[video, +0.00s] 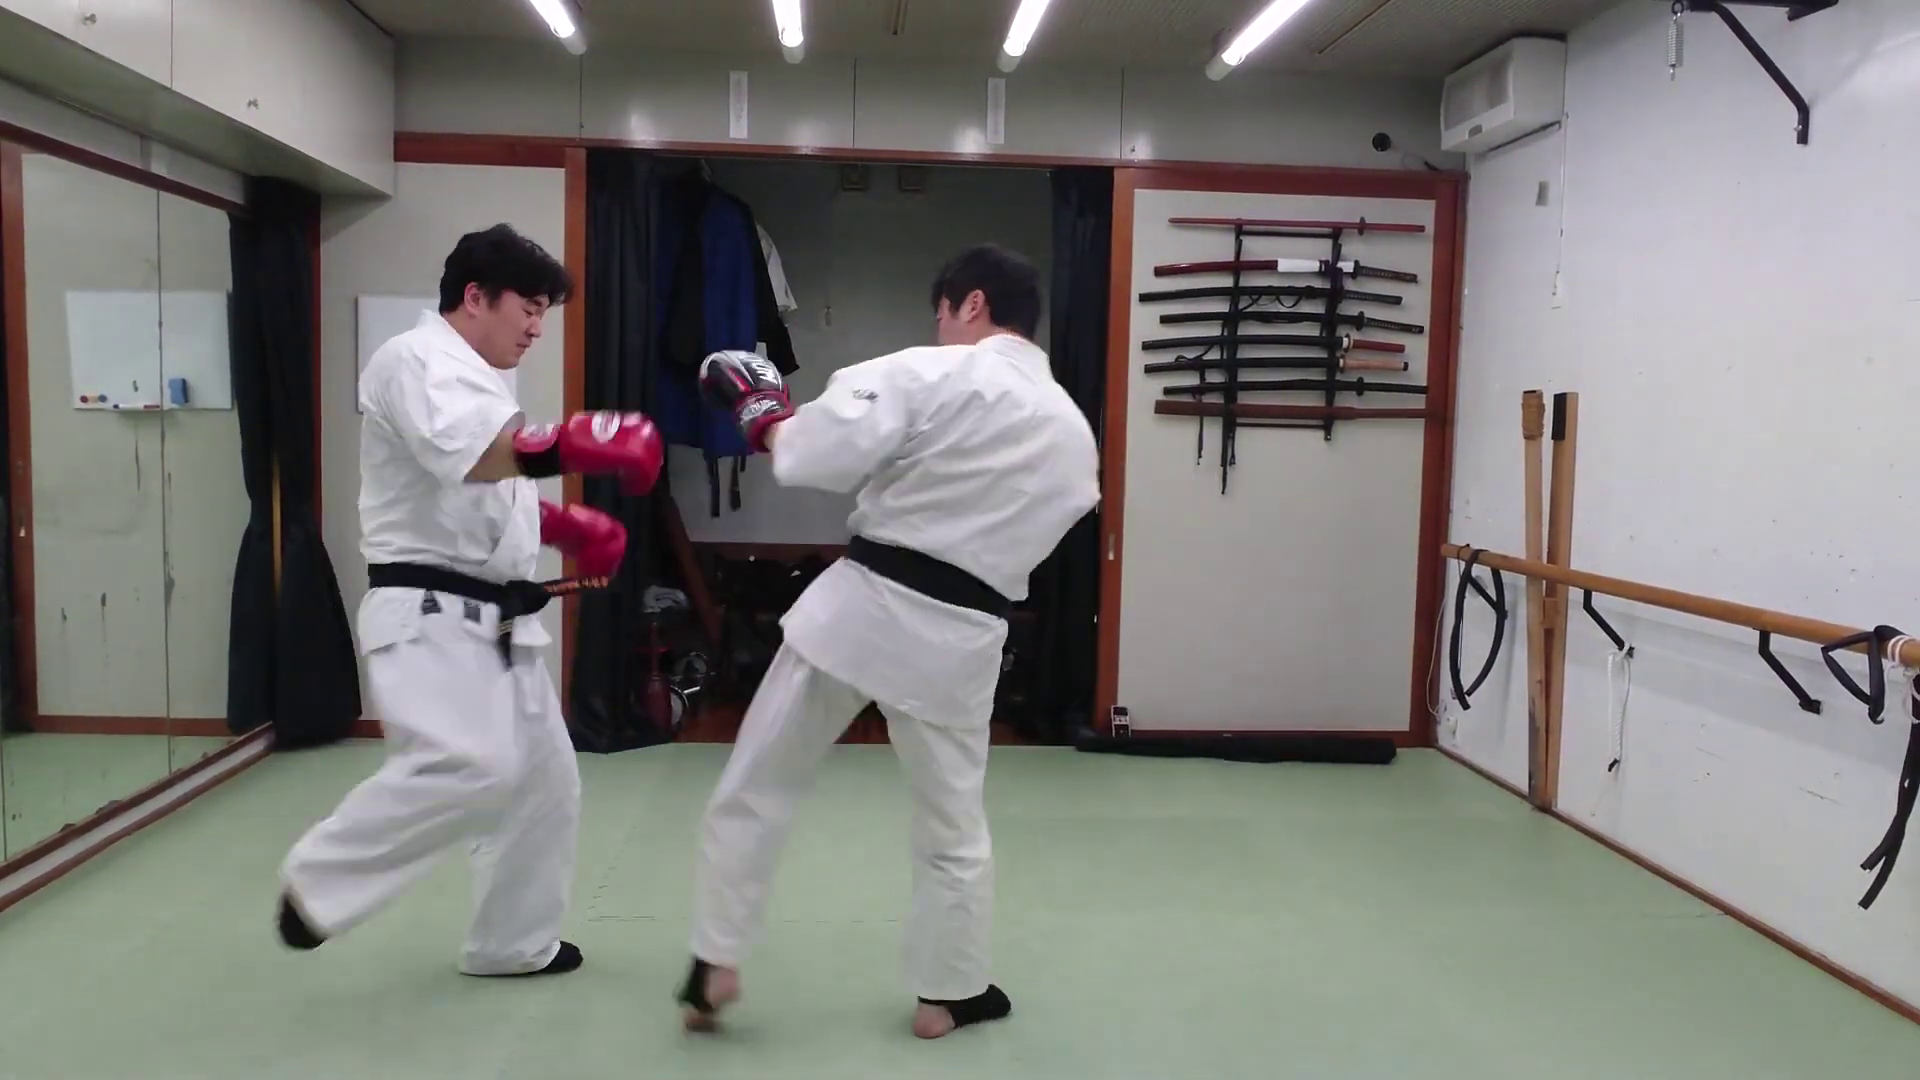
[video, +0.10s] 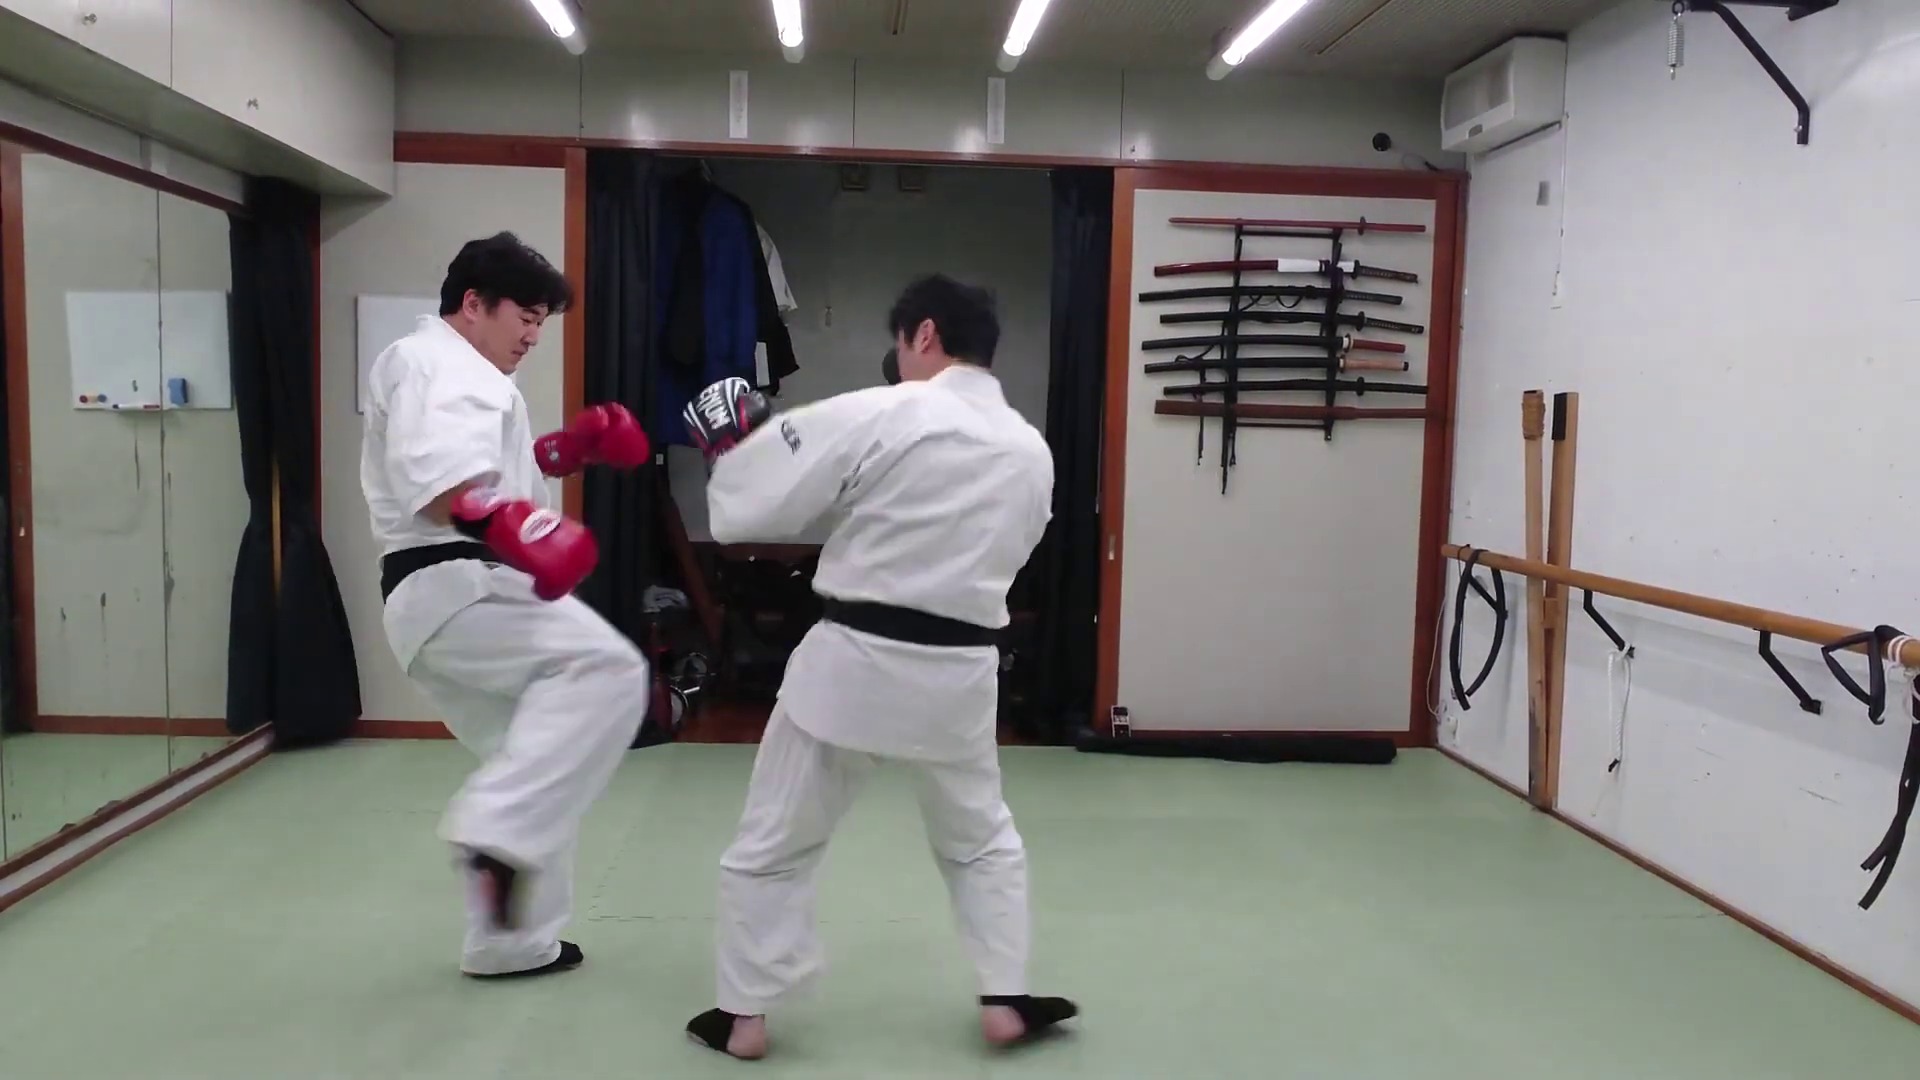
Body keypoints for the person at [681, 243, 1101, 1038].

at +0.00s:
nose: (939, 332)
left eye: (942, 317)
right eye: (939, 319)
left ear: (976, 307)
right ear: (1021, 318)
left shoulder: (927, 374)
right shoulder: (1077, 437)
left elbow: (804, 458)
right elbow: (1017, 535)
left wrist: (765, 414)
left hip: (857, 609)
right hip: (963, 645)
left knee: (759, 784)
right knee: (953, 827)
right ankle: (946, 996)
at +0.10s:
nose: (897, 363)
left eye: (900, 347)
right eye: (899, 349)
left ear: (928, 339)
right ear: (984, 350)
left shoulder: (879, 416)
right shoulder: (1034, 454)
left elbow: (747, 500)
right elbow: (1000, 554)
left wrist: (743, 442)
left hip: (846, 670)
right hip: (959, 687)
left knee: (771, 846)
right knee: (982, 843)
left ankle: (744, 1015)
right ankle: (1004, 1002)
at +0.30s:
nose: (892, 379)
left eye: (892, 364)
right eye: (889, 367)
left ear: (924, 342)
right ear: (975, 341)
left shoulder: (918, 414)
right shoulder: (1049, 418)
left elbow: (809, 502)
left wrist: (836, 420)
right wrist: (890, 417)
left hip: (915, 658)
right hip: (1024, 667)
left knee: (809, 820)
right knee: (1051, 851)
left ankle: (748, 1004)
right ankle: (1138, 1036)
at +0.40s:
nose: (906, 385)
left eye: (904, 366)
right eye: (898, 371)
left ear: (936, 338)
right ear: (971, 337)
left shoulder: (937, 428)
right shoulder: (1058, 419)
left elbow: (835, 534)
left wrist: (843, 446)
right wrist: (888, 430)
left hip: (954, 667)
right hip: (1060, 667)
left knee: (826, 804)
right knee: (1086, 862)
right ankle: (1141, 1052)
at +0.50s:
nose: (900, 368)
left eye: (901, 348)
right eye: (894, 352)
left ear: (941, 331)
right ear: (974, 333)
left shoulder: (935, 423)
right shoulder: (1047, 413)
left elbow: (882, 575)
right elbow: (970, 507)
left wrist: (803, 562)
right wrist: (869, 429)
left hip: (968, 668)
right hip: (1065, 665)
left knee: (819, 787)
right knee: (1084, 871)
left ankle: (946, 926)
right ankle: (1142, 1056)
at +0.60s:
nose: (876, 340)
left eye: (880, 322)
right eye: (873, 324)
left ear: (925, 316)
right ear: (946, 319)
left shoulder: (927, 412)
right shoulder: (1004, 393)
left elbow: (906, 570)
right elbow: (911, 480)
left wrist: (830, 640)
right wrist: (812, 402)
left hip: (956, 653)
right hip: (1042, 652)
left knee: (783, 763)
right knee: (1073, 866)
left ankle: (851, 952)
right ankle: (1140, 1055)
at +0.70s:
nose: (843, 328)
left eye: (847, 308)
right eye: (838, 311)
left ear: (894, 298)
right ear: (913, 300)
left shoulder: (927, 392)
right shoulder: (938, 374)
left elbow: (968, 541)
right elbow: (823, 448)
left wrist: (861, 586)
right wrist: (743, 406)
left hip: (902, 654)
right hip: (974, 649)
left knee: (758, 811)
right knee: (1026, 830)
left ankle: (756, 1022)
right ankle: (1124, 1004)